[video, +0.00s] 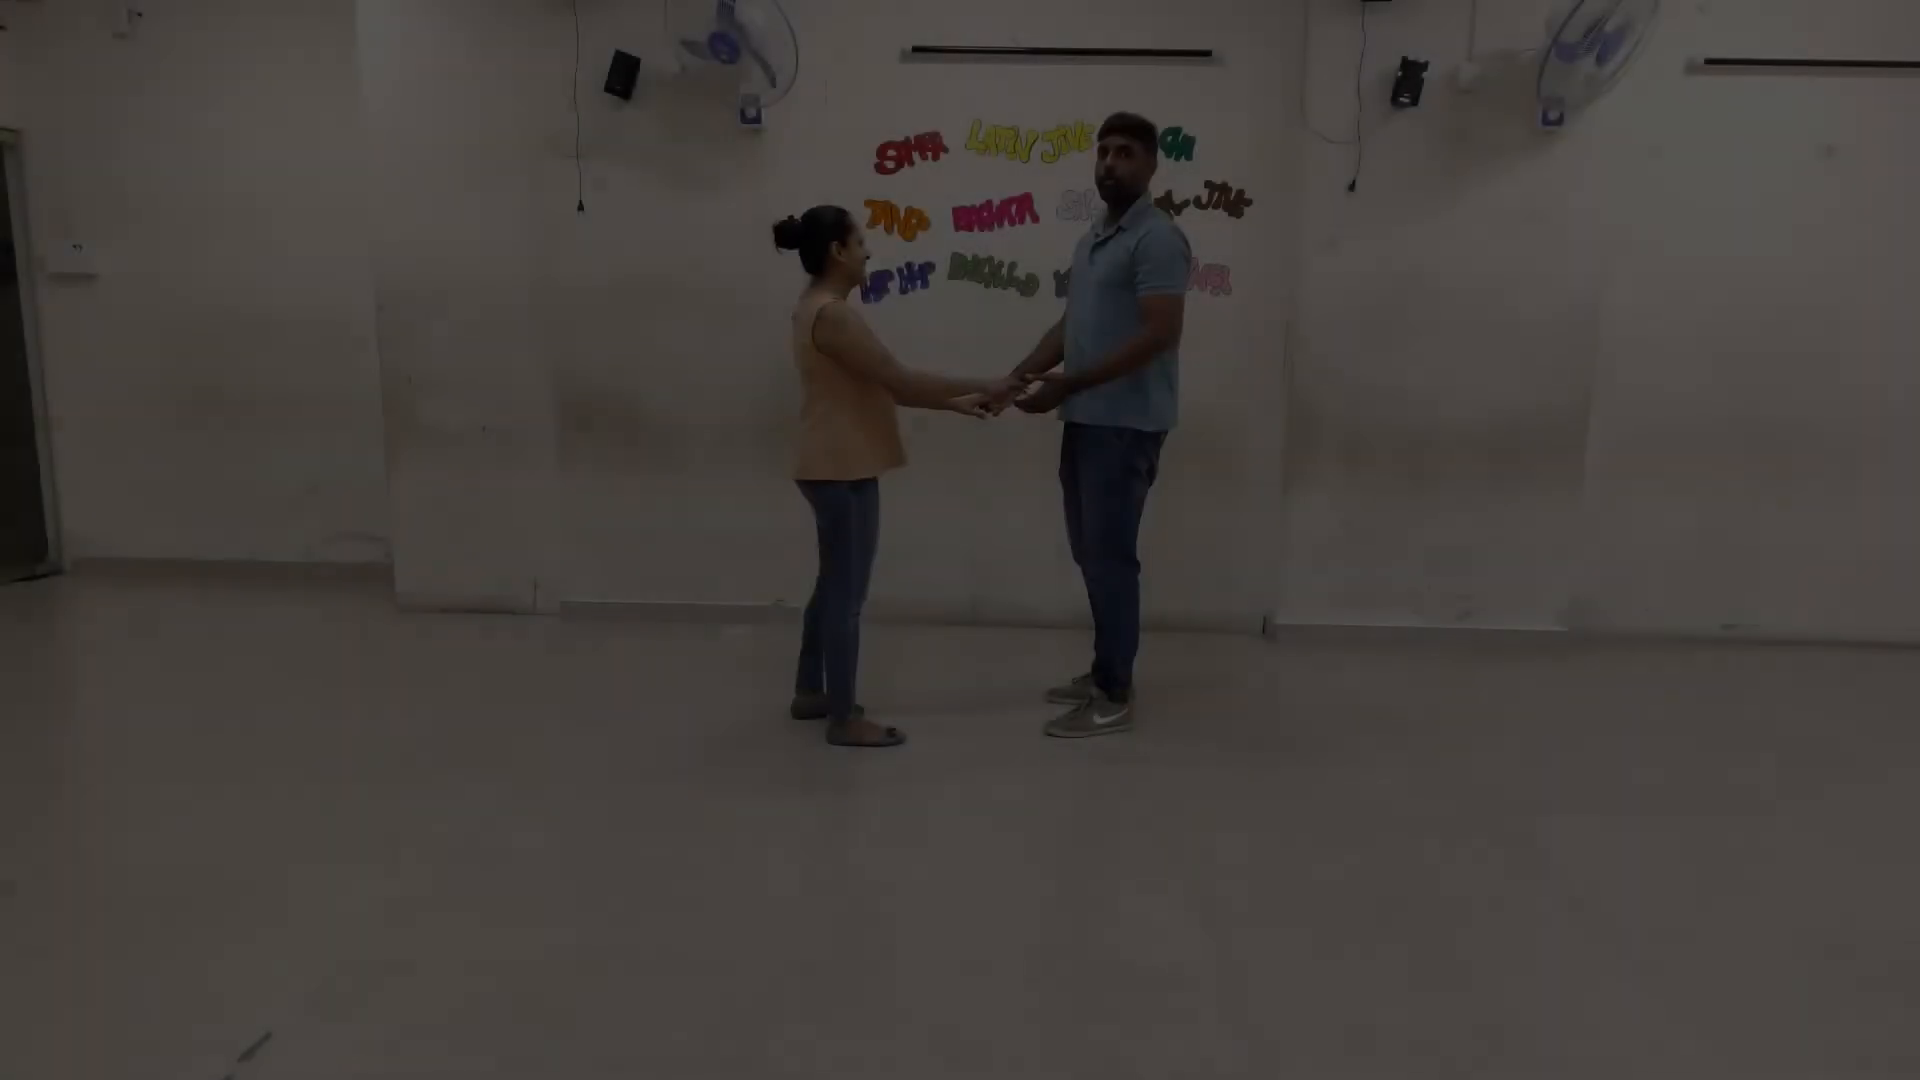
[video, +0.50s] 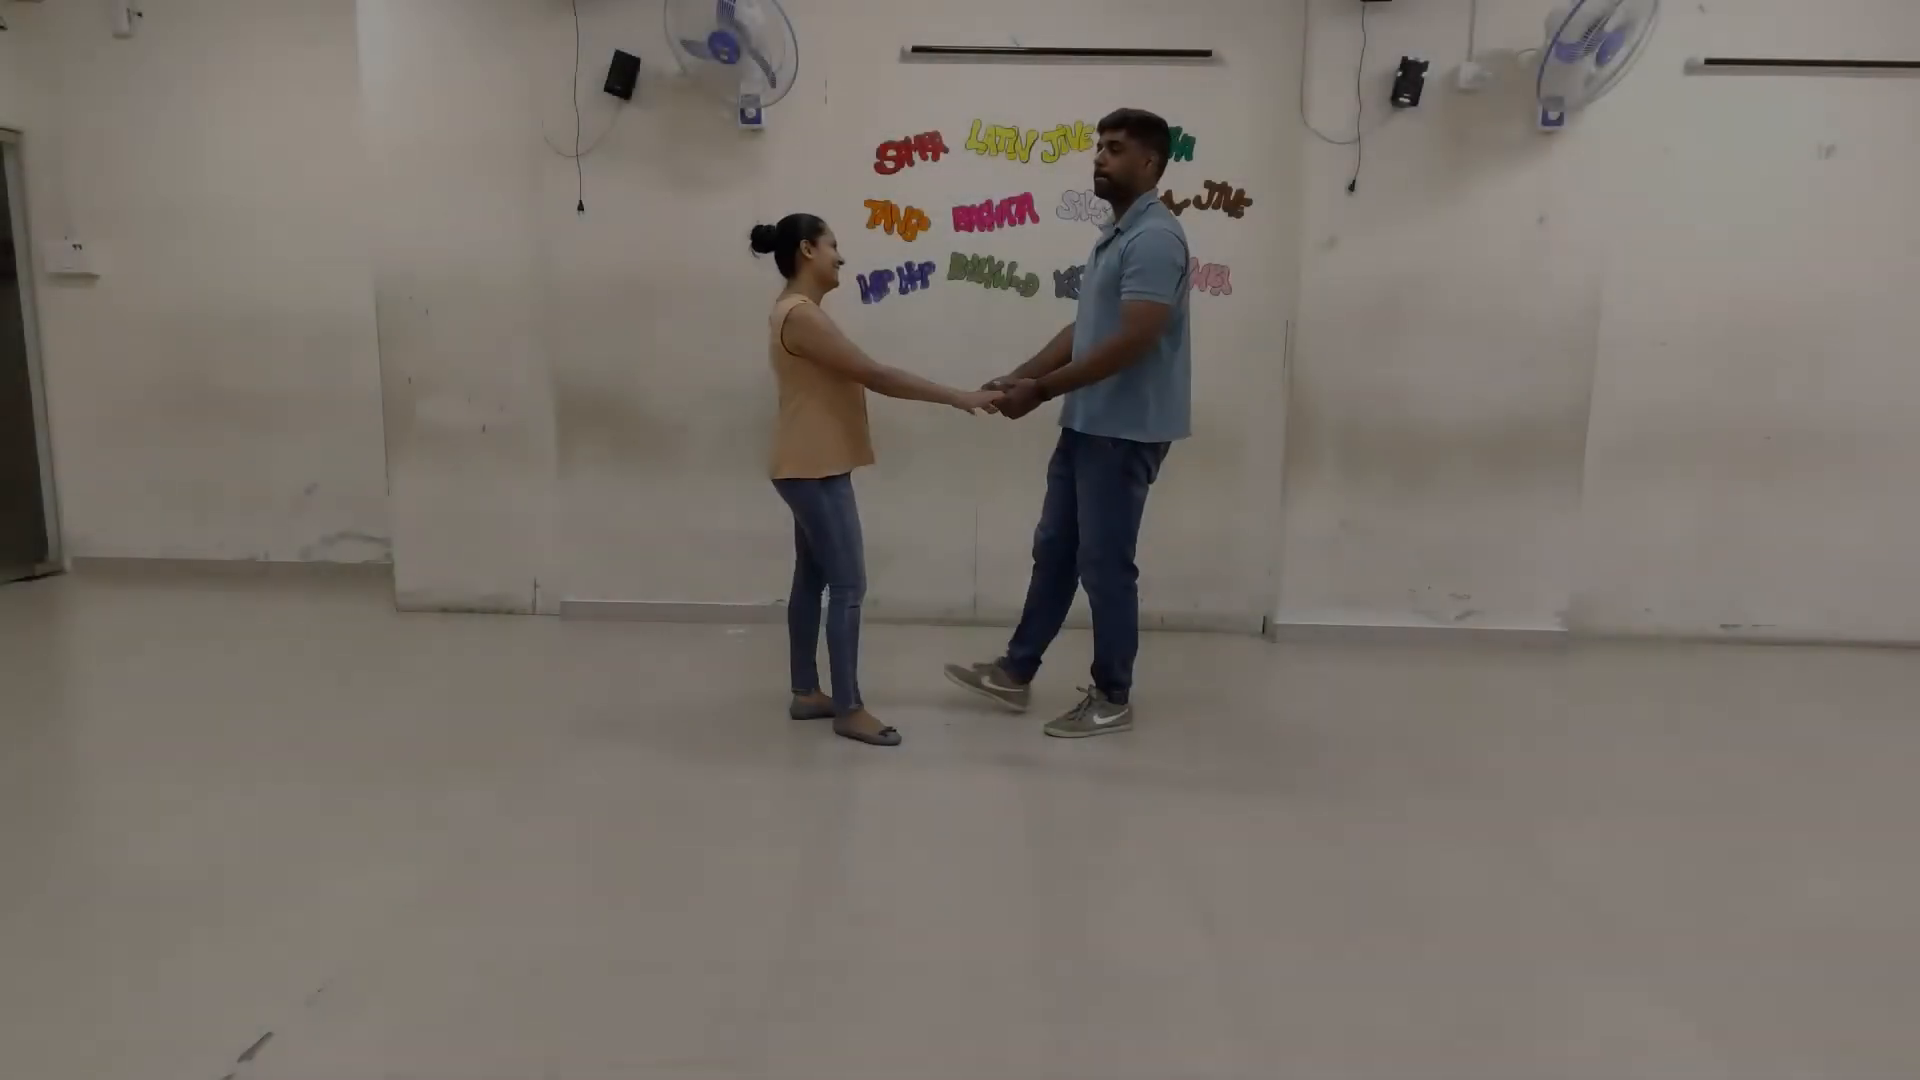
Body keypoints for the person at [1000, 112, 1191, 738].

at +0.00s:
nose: (1111, 163)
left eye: (1125, 154)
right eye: (1105, 153)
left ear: (1151, 166)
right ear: (1095, 163)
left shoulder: (1159, 238)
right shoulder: (1094, 240)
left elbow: (1162, 333)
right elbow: (1073, 324)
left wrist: (1071, 383)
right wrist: (1022, 373)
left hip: (1128, 421)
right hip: (1088, 416)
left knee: (1111, 552)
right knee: (1092, 551)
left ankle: (1114, 697)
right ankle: (1107, 674)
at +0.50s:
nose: (1099, 158)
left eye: (1113, 149)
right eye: (1099, 148)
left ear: (1151, 161)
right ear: (1107, 160)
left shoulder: (1155, 237)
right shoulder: (1119, 234)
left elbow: (1140, 335)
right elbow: (1085, 328)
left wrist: (1046, 387)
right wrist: (1025, 377)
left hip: (1126, 429)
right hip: (1087, 421)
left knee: (1106, 563)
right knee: (1056, 549)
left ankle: (1112, 698)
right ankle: (1015, 671)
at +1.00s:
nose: (1103, 163)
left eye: (1116, 155)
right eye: (1105, 154)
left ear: (1153, 169)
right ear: (1131, 170)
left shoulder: (1161, 241)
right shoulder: (1122, 242)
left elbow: (1119, 336)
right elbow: (1078, 332)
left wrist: (1030, 394)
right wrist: (1014, 384)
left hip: (1127, 429)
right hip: (1102, 425)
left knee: (1084, 561)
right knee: (1096, 556)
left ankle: (1111, 694)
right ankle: (1146, 682)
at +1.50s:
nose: (1129, 156)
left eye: (1145, 148)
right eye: (1123, 147)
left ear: (1174, 165)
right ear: (1115, 162)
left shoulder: (1177, 235)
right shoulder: (1122, 239)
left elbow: (1141, 334)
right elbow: (1087, 326)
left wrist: (1054, 392)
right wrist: (1015, 368)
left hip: (1151, 427)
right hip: (1116, 423)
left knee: (1103, 559)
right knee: (1128, 556)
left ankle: (1106, 709)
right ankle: (1152, 687)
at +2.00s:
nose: (1133, 143)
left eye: (1150, 134)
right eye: (1126, 133)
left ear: (1177, 150)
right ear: (1115, 146)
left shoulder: (1183, 228)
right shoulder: (1116, 232)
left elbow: (1147, 330)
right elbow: (1090, 328)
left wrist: (1044, 384)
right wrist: (1032, 386)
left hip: (1145, 436)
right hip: (1095, 428)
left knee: (1111, 580)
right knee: (1067, 560)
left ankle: (1132, 727)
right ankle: (1096, 687)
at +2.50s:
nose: (1151, 153)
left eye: (1170, 144)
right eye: (1147, 142)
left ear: (1202, 161)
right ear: (1139, 153)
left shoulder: (1200, 240)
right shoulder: (1148, 233)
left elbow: (1142, 342)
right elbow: (1105, 329)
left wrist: (1039, 389)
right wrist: (1033, 389)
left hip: (1164, 442)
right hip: (1126, 435)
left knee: (1107, 583)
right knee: (1118, 574)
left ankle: (1127, 725)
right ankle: (1202, 689)